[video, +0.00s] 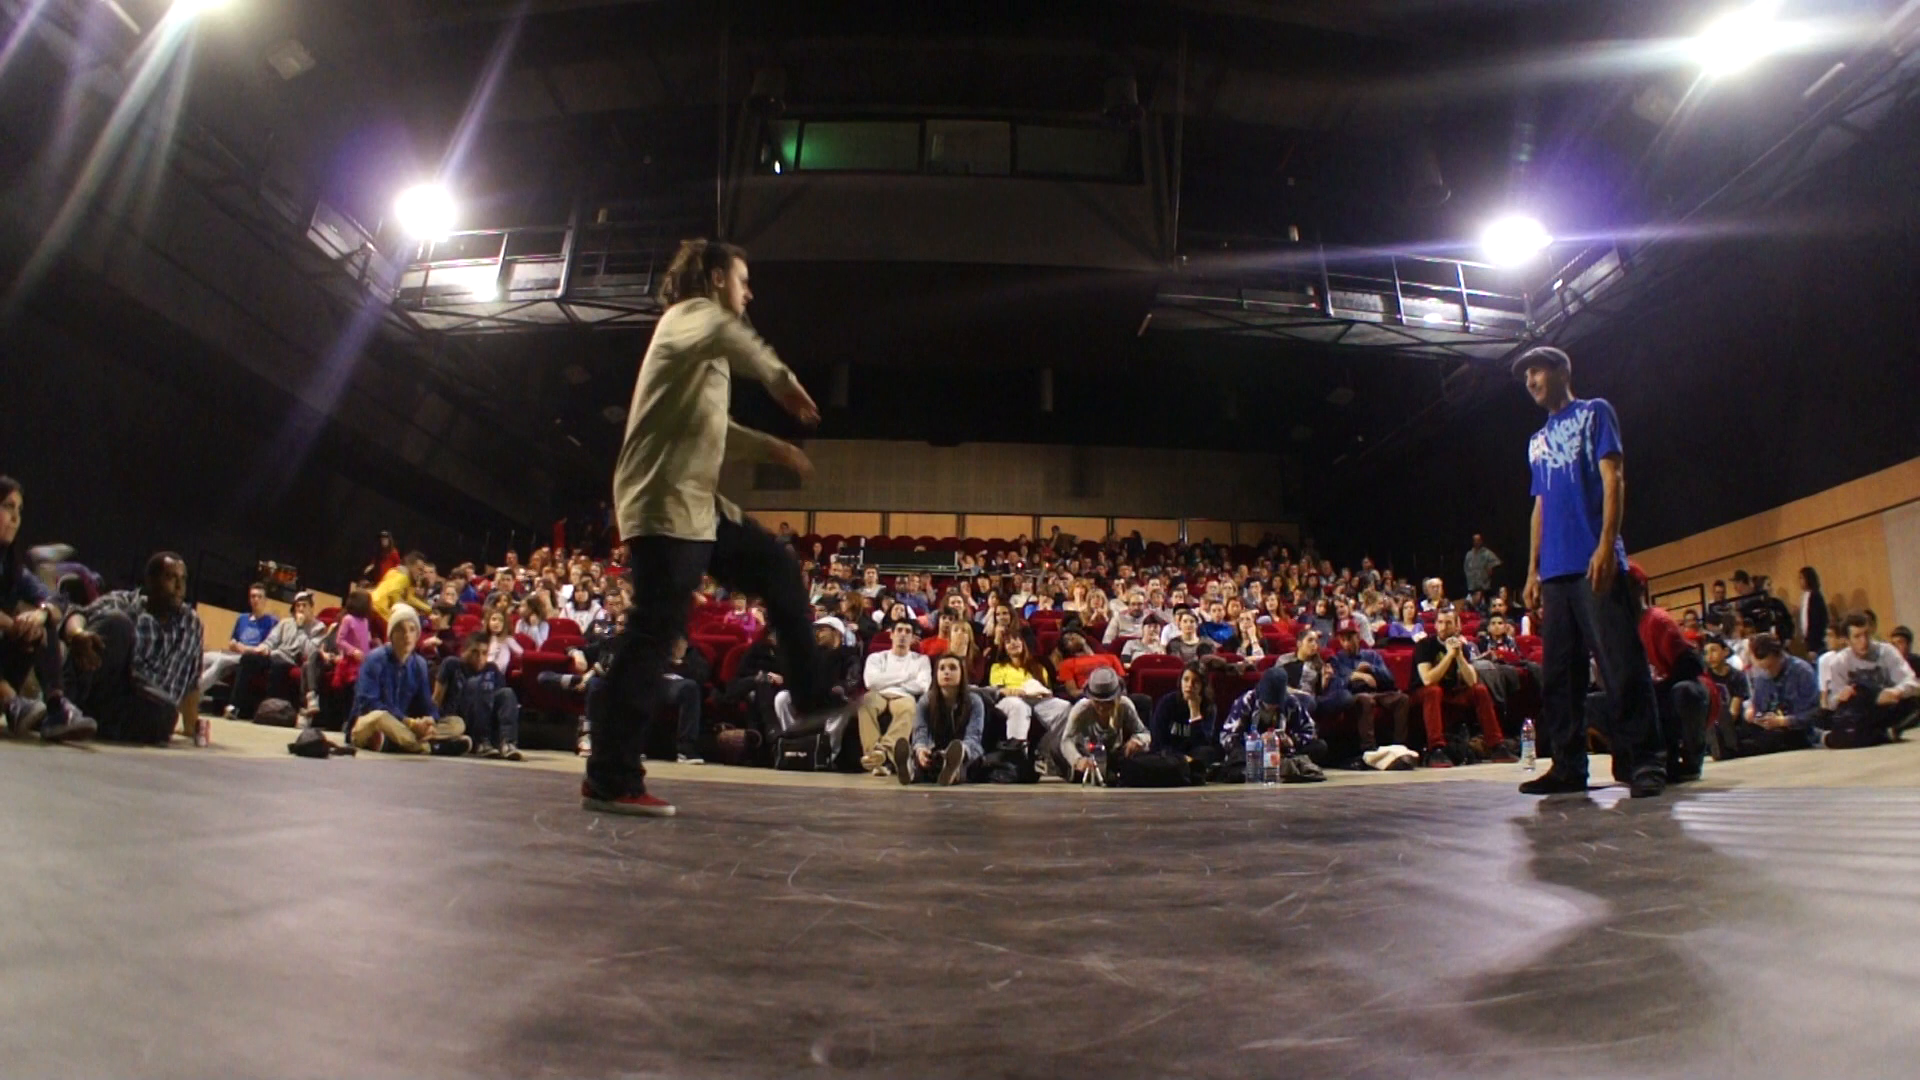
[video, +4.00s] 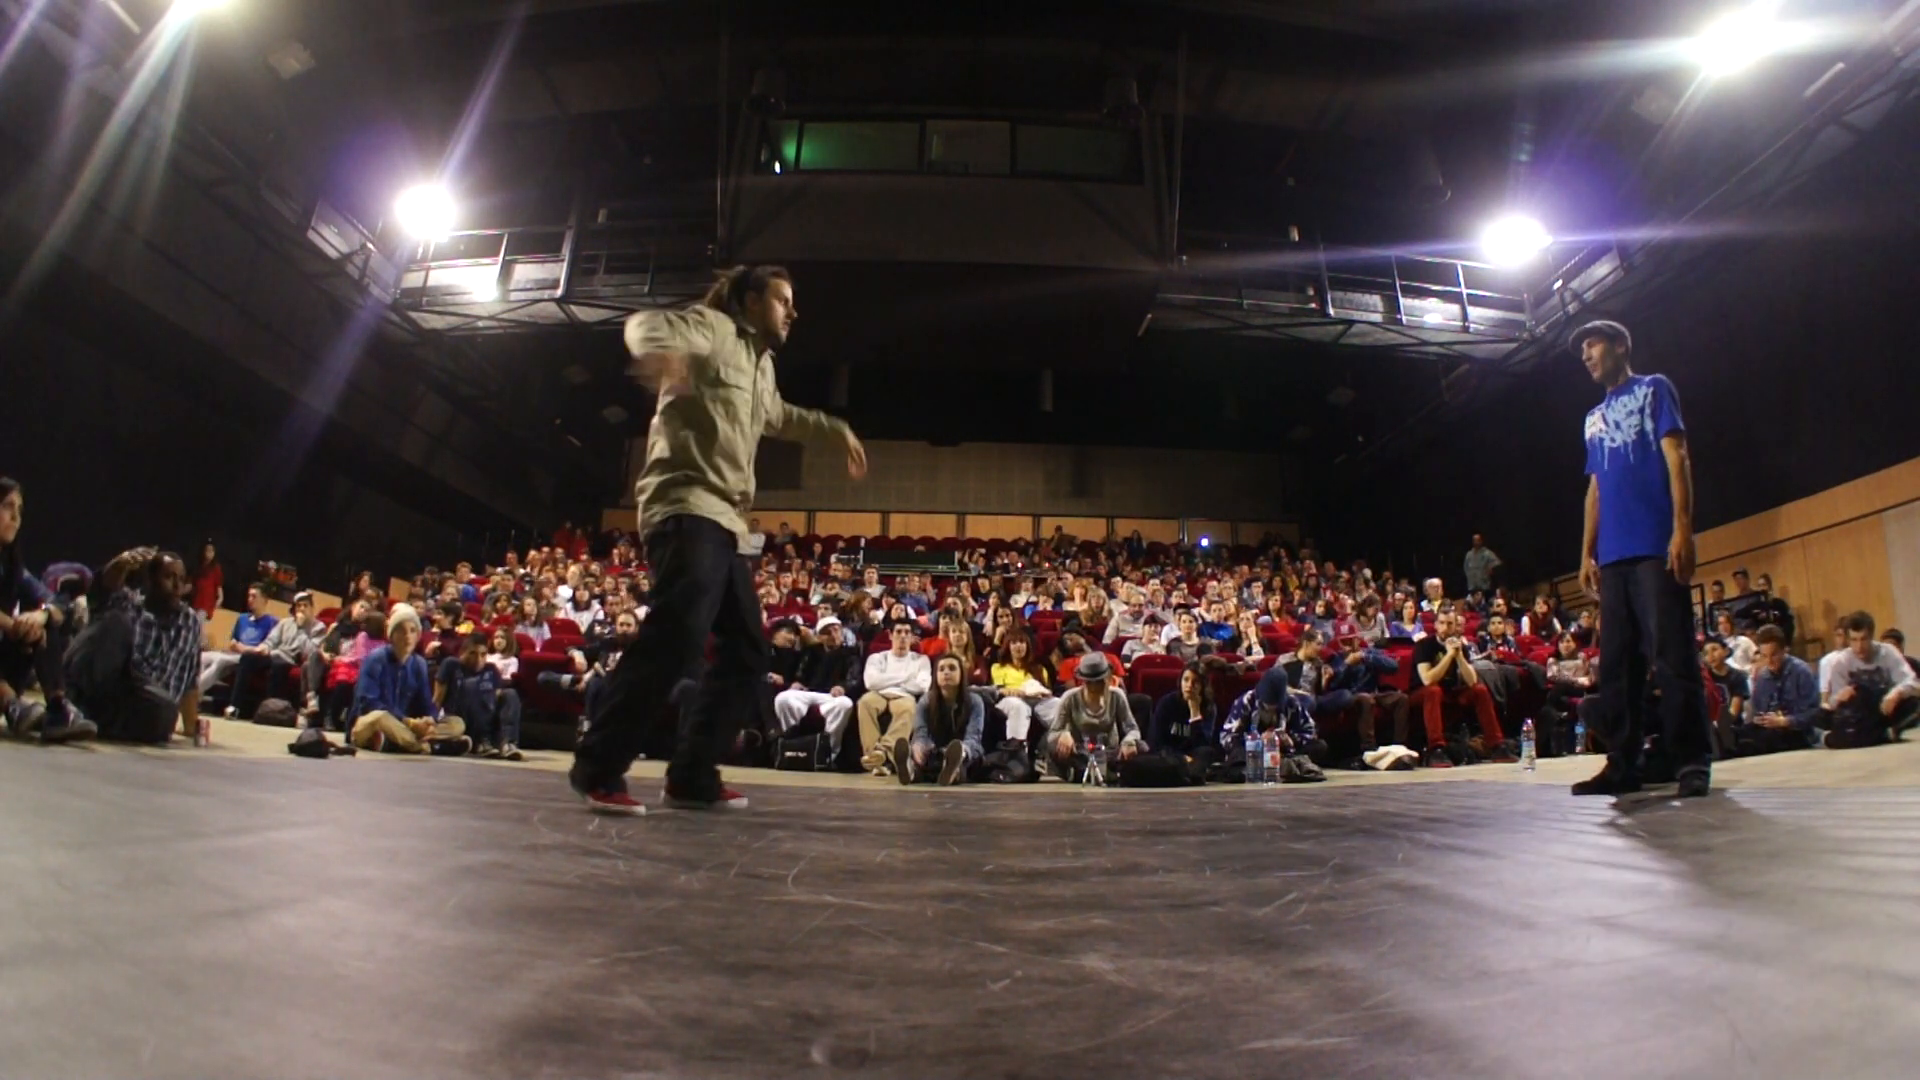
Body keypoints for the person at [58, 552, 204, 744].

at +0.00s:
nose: (179, 587)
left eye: (183, 580)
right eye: (171, 578)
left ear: (186, 584)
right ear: (151, 580)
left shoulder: (192, 624)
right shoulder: (124, 602)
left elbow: (191, 685)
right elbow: (77, 615)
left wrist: (191, 732)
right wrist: (76, 634)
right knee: (116, 625)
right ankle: (64, 711)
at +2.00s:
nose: (178, 589)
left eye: (183, 583)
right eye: (170, 581)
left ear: (186, 586)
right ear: (152, 582)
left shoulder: (191, 624)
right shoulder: (122, 602)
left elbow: (190, 684)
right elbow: (78, 617)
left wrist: (191, 730)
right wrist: (76, 635)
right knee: (117, 625)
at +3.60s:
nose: (178, 589)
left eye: (181, 582)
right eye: (170, 580)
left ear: (185, 585)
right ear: (152, 581)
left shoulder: (190, 623)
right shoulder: (127, 603)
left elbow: (190, 685)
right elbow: (82, 608)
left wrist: (191, 732)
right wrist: (84, 622)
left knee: (161, 719)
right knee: (118, 625)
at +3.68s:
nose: (178, 589)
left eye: (182, 582)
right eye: (171, 580)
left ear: (185, 585)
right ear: (152, 581)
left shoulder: (191, 622)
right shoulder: (131, 603)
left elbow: (191, 684)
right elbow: (92, 599)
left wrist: (191, 731)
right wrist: (94, 609)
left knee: (159, 721)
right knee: (117, 623)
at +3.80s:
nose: (176, 586)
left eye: (181, 580)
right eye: (170, 578)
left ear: (185, 584)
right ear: (152, 580)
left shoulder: (191, 621)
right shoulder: (131, 610)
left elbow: (190, 678)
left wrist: (191, 727)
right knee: (116, 622)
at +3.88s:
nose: (176, 585)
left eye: (181, 579)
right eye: (169, 577)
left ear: (185, 585)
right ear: (152, 579)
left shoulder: (191, 621)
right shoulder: (132, 609)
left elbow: (190, 678)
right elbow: (133, 666)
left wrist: (191, 727)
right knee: (116, 626)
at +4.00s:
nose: (176, 585)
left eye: (180, 580)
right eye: (168, 577)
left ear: (185, 585)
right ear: (152, 579)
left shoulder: (190, 621)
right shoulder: (131, 606)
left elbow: (190, 683)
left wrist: (191, 730)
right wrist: (121, 565)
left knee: (161, 718)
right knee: (117, 622)